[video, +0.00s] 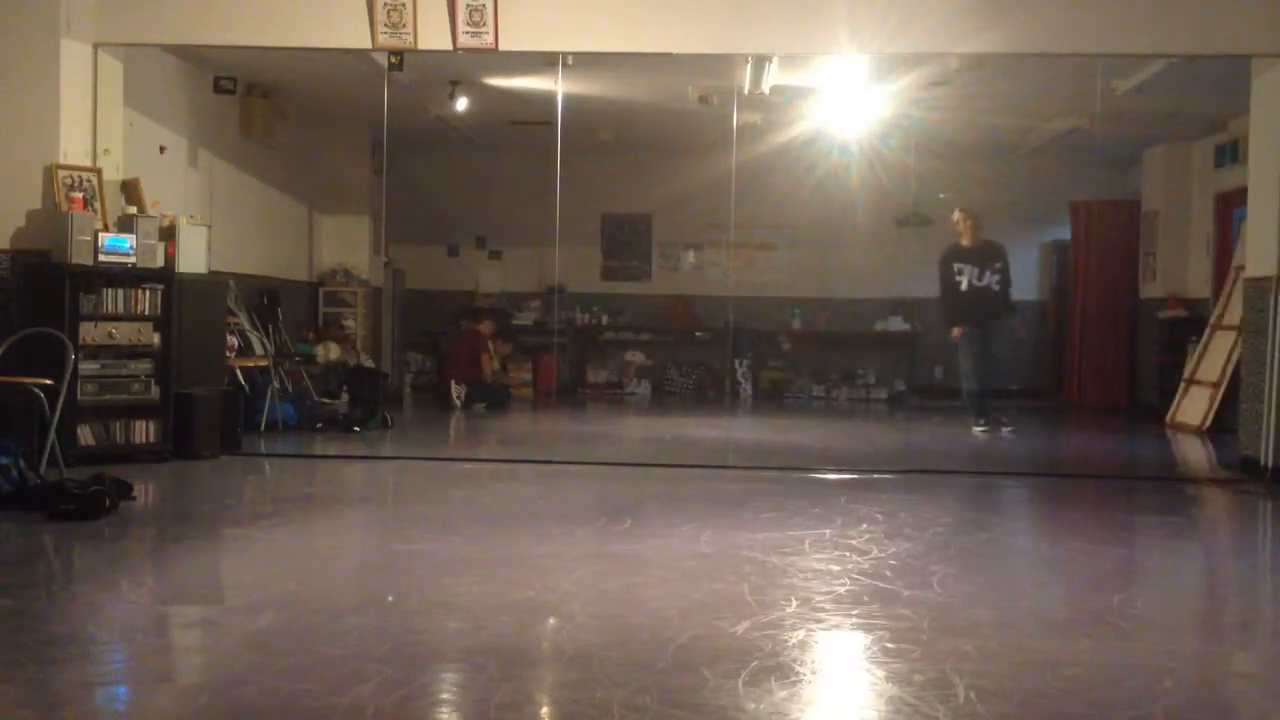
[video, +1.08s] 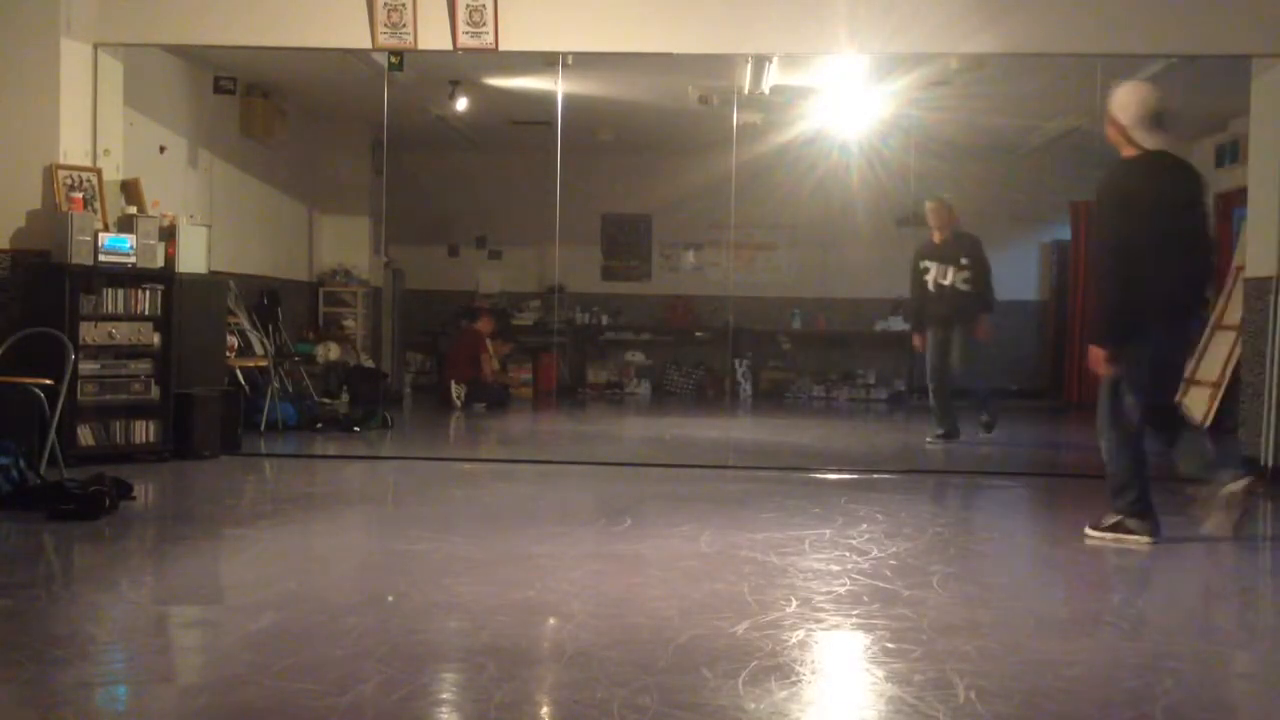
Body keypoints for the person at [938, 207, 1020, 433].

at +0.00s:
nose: (969, 224)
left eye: (971, 219)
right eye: (964, 221)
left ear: (977, 223)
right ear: (956, 226)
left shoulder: (995, 250)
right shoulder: (950, 255)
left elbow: (1004, 287)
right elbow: (947, 292)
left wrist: (1012, 316)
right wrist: (953, 322)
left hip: (994, 316)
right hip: (966, 318)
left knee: (996, 365)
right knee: (971, 368)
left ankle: (997, 413)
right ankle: (979, 417)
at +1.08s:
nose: (935, 219)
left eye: (939, 213)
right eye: (931, 214)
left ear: (951, 215)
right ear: (927, 218)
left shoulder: (969, 244)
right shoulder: (922, 252)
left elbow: (983, 282)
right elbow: (917, 293)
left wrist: (984, 316)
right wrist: (917, 328)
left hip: (964, 316)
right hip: (934, 318)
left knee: (961, 369)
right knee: (934, 374)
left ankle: (985, 410)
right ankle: (946, 427)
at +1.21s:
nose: (923, 214)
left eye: (928, 208)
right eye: (919, 209)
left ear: (941, 210)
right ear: (916, 213)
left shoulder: (960, 243)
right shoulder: (913, 247)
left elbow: (971, 281)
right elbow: (904, 286)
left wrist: (974, 314)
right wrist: (902, 321)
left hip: (950, 314)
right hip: (921, 315)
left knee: (941, 367)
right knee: (930, 369)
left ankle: (949, 424)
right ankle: (942, 425)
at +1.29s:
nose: (917, 217)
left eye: (922, 210)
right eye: (913, 211)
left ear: (935, 213)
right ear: (909, 216)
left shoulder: (950, 244)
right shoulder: (906, 250)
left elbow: (961, 282)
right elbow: (896, 287)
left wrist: (964, 315)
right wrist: (894, 320)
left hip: (943, 316)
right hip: (918, 318)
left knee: (931, 369)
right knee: (924, 370)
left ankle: (945, 424)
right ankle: (938, 421)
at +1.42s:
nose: (905, 222)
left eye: (910, 217)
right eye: (901, 217)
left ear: (922, 219)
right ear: (897, 220)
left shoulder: (935, 247)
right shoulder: (892, 253)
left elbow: (944, 287)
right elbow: (881, 291)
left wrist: (945, 322)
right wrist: (881, 324)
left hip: (926, 318)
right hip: (903, 319)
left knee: (906, 367)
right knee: (920, 374)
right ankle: (946, 423)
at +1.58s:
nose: (884, 220)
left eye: (889, 214)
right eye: (881, 214)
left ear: (900, 216)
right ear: (876, 217)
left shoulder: (912, 249)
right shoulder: (871, 254)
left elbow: (917, 290)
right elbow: (866, 294)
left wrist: (918, 324)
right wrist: (865, 326)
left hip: (902, 320)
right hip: (878, 320)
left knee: (875, 367)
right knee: (903, 371)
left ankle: (873, 426)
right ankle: (929, 404)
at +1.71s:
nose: (870, 219)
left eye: (875, 213)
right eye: (867, 213)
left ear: (885, 216)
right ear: (862, 216)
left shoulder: (892, 245)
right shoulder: (856, 248)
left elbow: (895, 285)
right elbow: (847, 286)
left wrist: (892, 320)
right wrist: (843, 317)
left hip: (879, 317)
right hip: (857, 316)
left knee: (867, 371)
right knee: (848, 369)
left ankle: (870, 427)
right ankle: (890, 400)